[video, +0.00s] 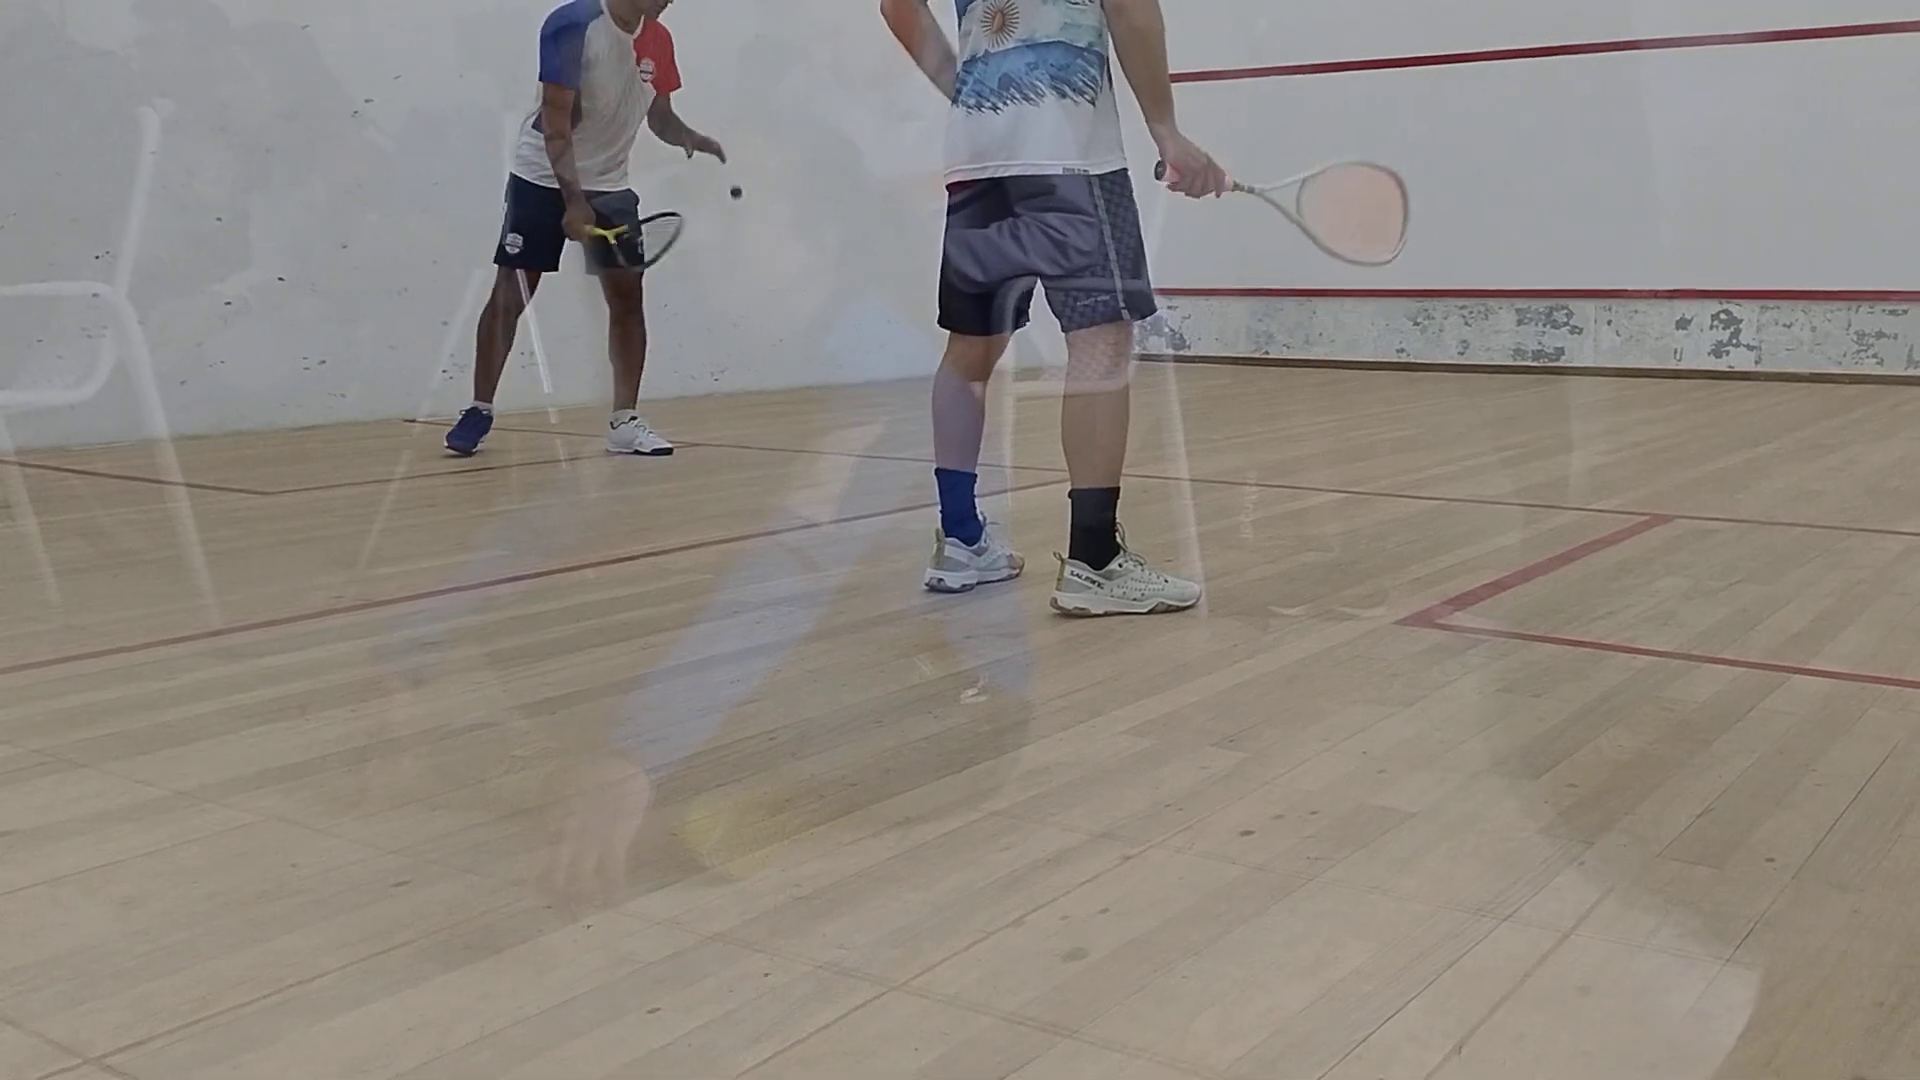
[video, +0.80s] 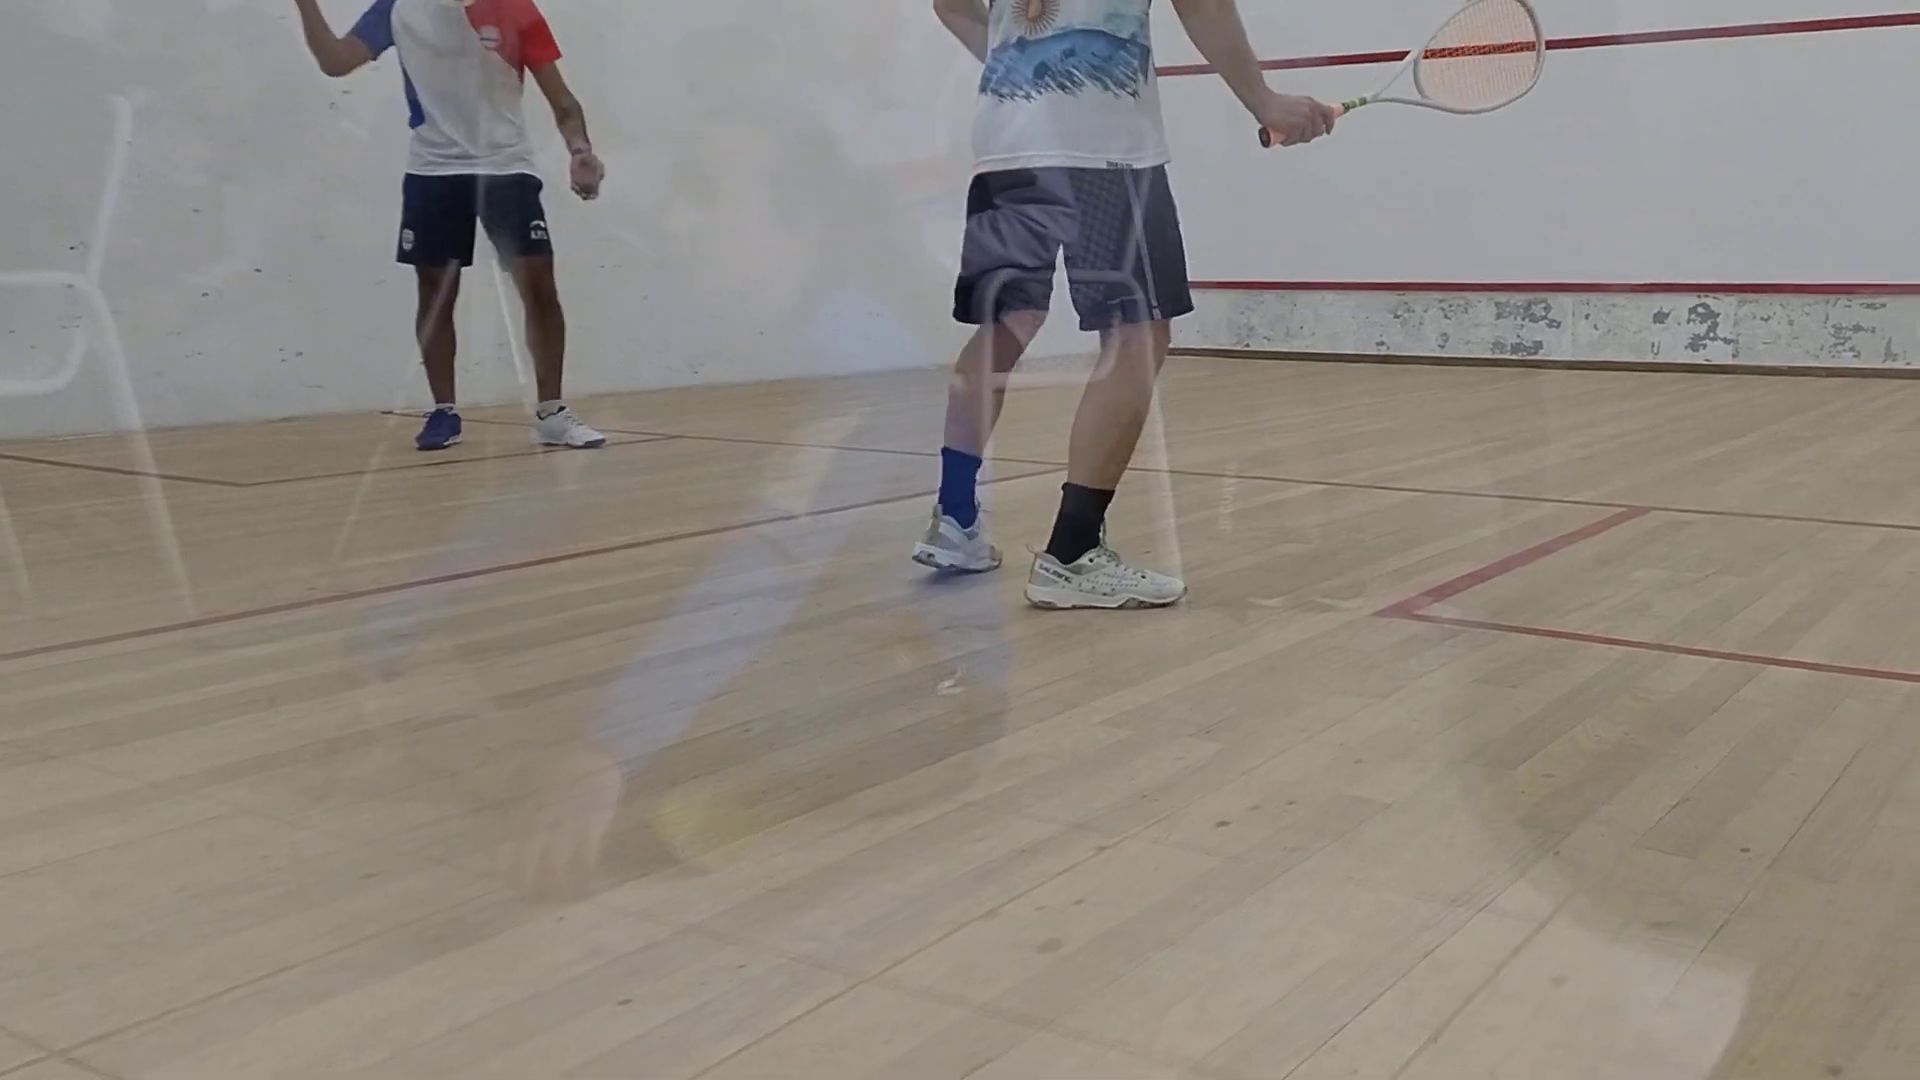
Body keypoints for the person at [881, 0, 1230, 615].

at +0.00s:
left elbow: (899, 5)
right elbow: (1129, 8)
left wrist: (967, 89)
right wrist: (1168, 130)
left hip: (973, 134)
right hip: (1069, 130)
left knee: (968, 351)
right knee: (1099, 347)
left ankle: (959, 541)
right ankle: (1095, 561)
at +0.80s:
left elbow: (952, 1)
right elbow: (1196, 2)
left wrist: (1021, 63)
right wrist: (1264, 98)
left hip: (1005, 115)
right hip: (1104, 115)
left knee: (1002, 319)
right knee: (1138, 332)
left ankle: (953, 521)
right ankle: (1071, 554)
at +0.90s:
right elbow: (1215, 1)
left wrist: (1023, 54)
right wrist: (1281, 91)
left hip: (1020, 107)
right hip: (1118, 108)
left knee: (1045, 310)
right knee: (1139, 336)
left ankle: (986, 507)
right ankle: (1067, 551)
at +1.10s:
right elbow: (1240, 0)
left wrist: (1042, 63)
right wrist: (1304, 95)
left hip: (1050, 115)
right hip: (1128, 119)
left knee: (1122, 326)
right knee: (1166, 334)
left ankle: (1148, 526)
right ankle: (1058, 545)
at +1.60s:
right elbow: (1210, 2)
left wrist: (1016, 72)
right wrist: (1283, 109)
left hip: (1017, 120)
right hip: (1113, 121)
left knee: (1077, 336)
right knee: (1167, 346)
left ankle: (1124, 533)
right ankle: (1077, 591)